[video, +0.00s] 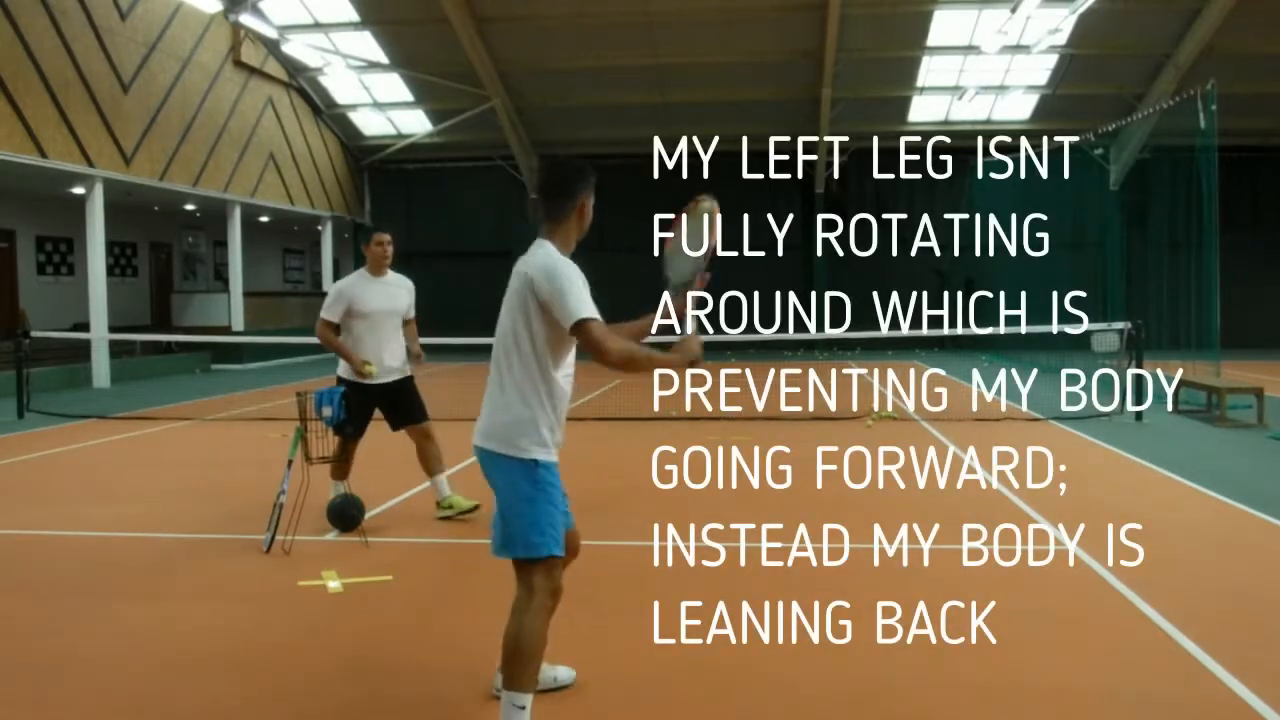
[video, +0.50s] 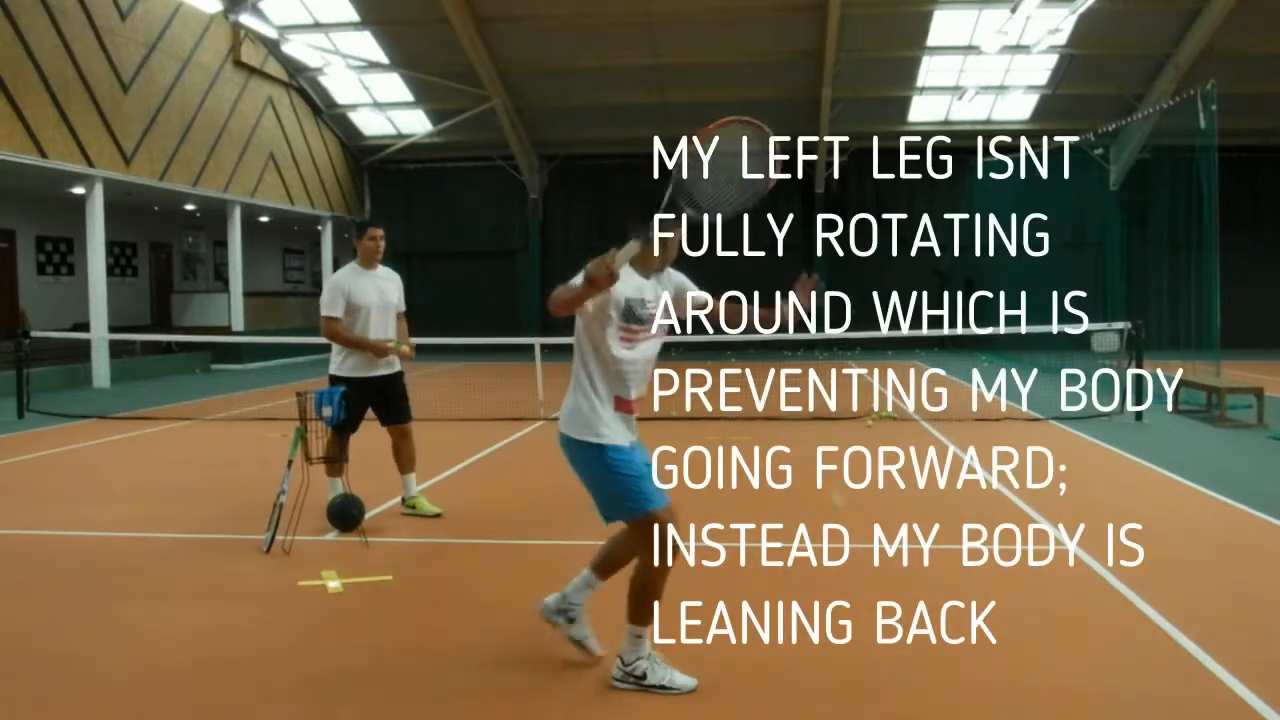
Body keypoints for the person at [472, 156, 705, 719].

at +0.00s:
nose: (593, 212)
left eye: (591, 203)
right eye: (592, 203)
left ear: (544, 205)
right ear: (583, 206)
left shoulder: (541, 263)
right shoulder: (555, 269)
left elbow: (595, 336)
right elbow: (608, 351)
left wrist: (657, 321)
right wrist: (674, 357)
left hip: (519, 442)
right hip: (519, 446)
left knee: (564, 544)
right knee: (539, 585)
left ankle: (518, 668)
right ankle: (515, 709)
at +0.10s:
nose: (604, 224)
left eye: (601, 214)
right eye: (602, 214)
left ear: (554, 216)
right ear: (594, 218)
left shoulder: (581, 279)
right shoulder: (551, 273)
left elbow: (639, 326)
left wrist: (701, 291)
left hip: (550, 449)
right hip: (529, 450)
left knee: (583, 551)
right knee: (553, 582)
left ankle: (519, 671)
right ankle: (518, 708)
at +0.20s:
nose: (619, 229)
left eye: (618, 221)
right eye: (618, 220)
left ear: (577, 222)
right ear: (608, 223)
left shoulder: (594, 279)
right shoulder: (558, 275)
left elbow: (651, 310)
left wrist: (712, 280)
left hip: (559, 442)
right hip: (546, 444)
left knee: (580, 561)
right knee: (595, 568)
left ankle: (520, 666)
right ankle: (535, 703)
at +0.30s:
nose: (644, 231)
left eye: (643, 223)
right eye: (639, 222)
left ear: (626, 226)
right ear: (621, 222)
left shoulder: (635, 274)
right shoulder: (573, 261)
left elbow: (689, 300)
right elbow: (557, 288)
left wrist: (733, 269)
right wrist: (619, 258)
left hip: (583, 433)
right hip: (560, 433)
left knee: (584, 554)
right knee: (622, 546)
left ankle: (519, 662)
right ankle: (579, 679)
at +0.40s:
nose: (649, 229)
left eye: (652, 221)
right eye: (642, 220)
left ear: (653, 226)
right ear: (622, 221)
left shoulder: (653, 265)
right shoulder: (587, 258)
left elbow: (702, 298)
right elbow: (548, 283)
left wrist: (753, 283)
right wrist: (606, 256)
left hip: (605, 423)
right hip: (575, 422)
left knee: (614, 535)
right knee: (636, 535)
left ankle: (535, 632)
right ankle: (628, 659)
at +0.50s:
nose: (680, 245)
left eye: (682, 236)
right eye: (674, 234)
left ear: (678, 242)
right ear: (654, 234)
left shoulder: (671, 284)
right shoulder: (605, 273)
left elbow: (729, 315)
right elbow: (555, 307)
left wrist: (788, 306)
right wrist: (588, 287)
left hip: (620, 427)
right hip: (591, 428)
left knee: (649, 527)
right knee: (663, 531)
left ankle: (567, 602)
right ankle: (634, 659)